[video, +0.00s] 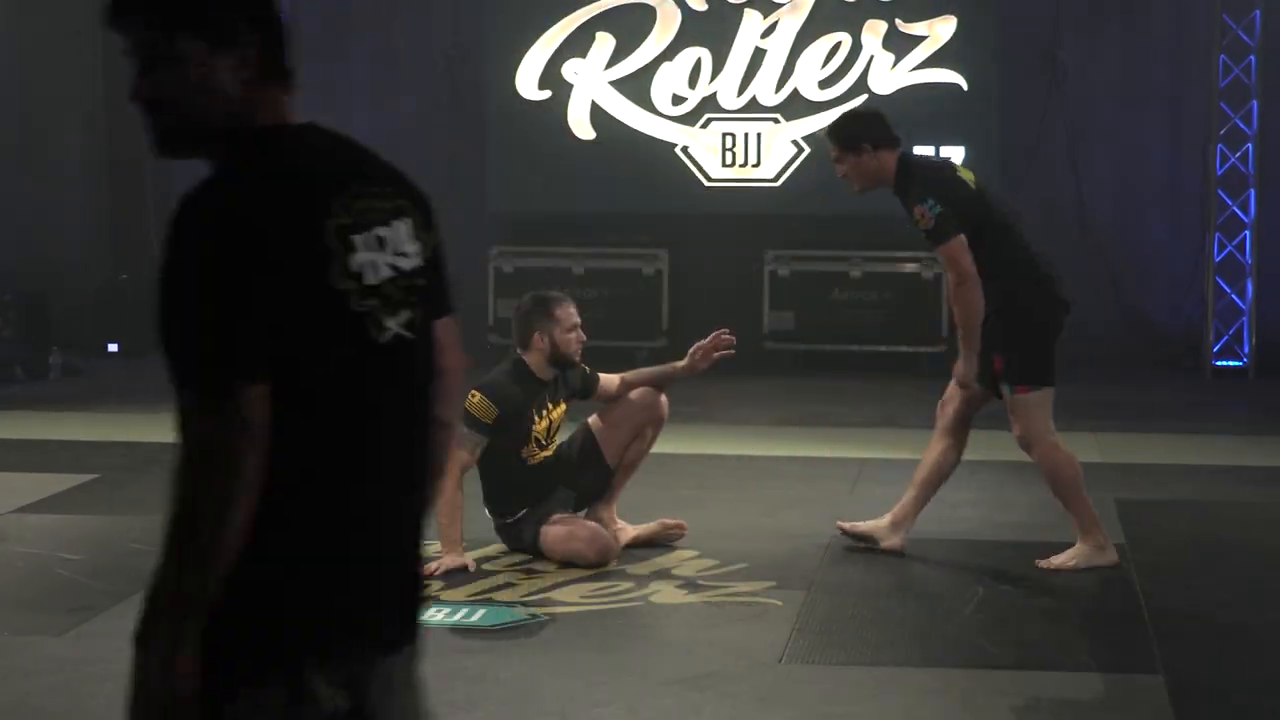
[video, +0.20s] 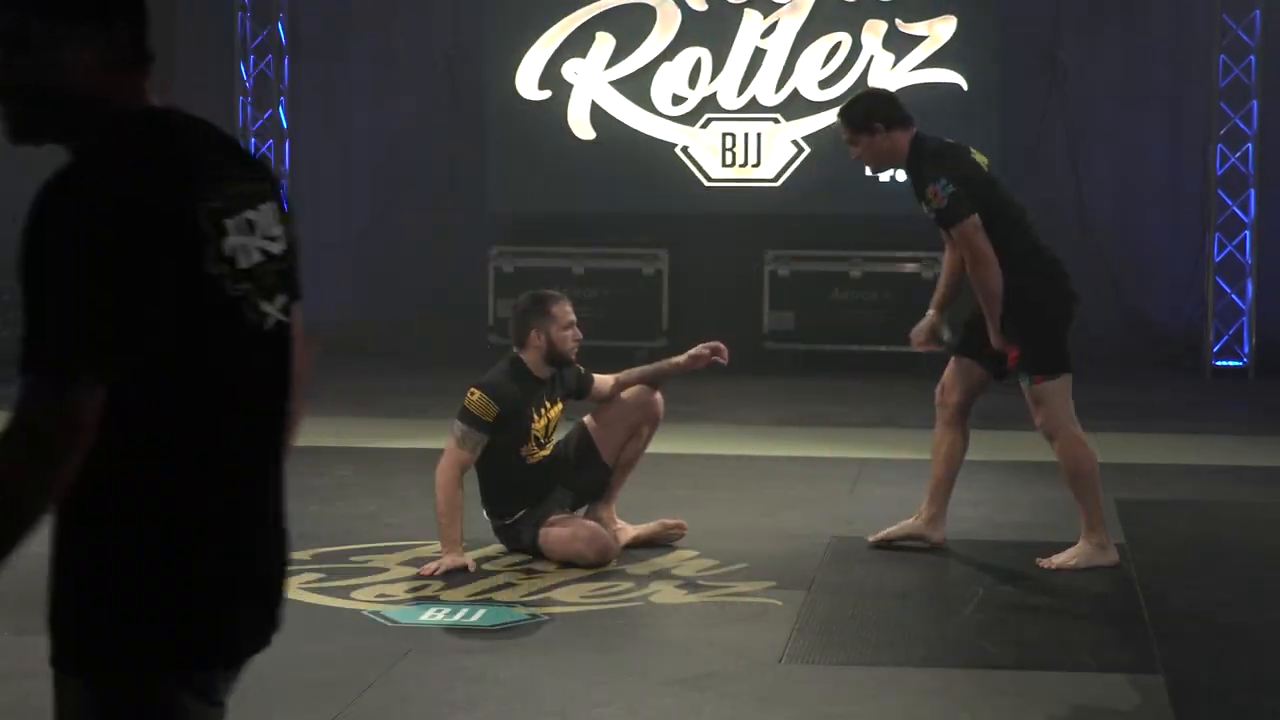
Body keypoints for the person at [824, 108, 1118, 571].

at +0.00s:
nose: (838, 172)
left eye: (841, 160)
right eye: (835, 161)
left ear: (871, 151)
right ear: (875, 152)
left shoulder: (922, 187)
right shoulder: (920, 178)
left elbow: (965, 276)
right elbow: (963, 269)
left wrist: (968, 358)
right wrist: (966, 348)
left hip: (1027, 308)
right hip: (1002, 306)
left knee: (1033, 433)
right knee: (952, 416)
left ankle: (1096, 542)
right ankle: (896, 525)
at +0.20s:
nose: (853, 155)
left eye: (854, 143)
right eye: (849, 145)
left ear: (882, 131)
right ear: (884, 131)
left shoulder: (934, 168)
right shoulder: (927, 165)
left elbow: (978, 251)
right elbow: (957, 247)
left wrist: (995, 329)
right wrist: (935, 312)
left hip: (1037, 295)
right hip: (1001, 294)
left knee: (1056, 419)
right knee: (950, 397)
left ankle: (1097, 540)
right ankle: (930, 520)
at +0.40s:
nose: (833, 156)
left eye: (836, 144)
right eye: (830, 147)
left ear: (864, 135)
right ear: (865, 137)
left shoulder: (918, 170)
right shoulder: (900, 178)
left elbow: (959, 252)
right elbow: (910, 264)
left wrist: (964, 330)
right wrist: (868, 326)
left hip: (1008, 302)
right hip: (972, 304)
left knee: (1041, 422)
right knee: (916, 402)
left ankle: (1096, 539)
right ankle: (884, 515)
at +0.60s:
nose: (783, 179)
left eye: (785, 167)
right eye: (779, 170)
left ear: (814, 154)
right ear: (812, 156)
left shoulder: (867, 180)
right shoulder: (844, 200)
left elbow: (918, 255)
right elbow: (838, 288)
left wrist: (921, 333)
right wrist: (781, 336)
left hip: (968, 297)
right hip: (932, 299)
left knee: (966, 422)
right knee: (876, 394)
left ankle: (1061, 514)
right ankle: (876, 515)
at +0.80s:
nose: (741, 203)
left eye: (743, 191)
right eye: (737, 194)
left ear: (771, 177)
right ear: (766, 182)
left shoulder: (834, 193)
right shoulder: (796, 222)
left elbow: (895, 261)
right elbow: (765, 296)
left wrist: (875, 335)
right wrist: (689, 326)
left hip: (943, 284)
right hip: (906, 288)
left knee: (896, 397)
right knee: (861, 392)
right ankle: (874, 515)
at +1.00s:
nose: (721, 225)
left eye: (721, 214)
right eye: (715, 216)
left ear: (751, 196)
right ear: (745, 201)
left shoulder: (808, 212)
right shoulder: (774, 228)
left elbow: (860, 289)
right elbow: (728, 290)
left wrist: (832, 364)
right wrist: (660, 300)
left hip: (927, 288)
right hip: (896, 290)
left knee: (868, 397)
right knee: (851, 393)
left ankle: (864, 531)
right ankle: (871, 516)